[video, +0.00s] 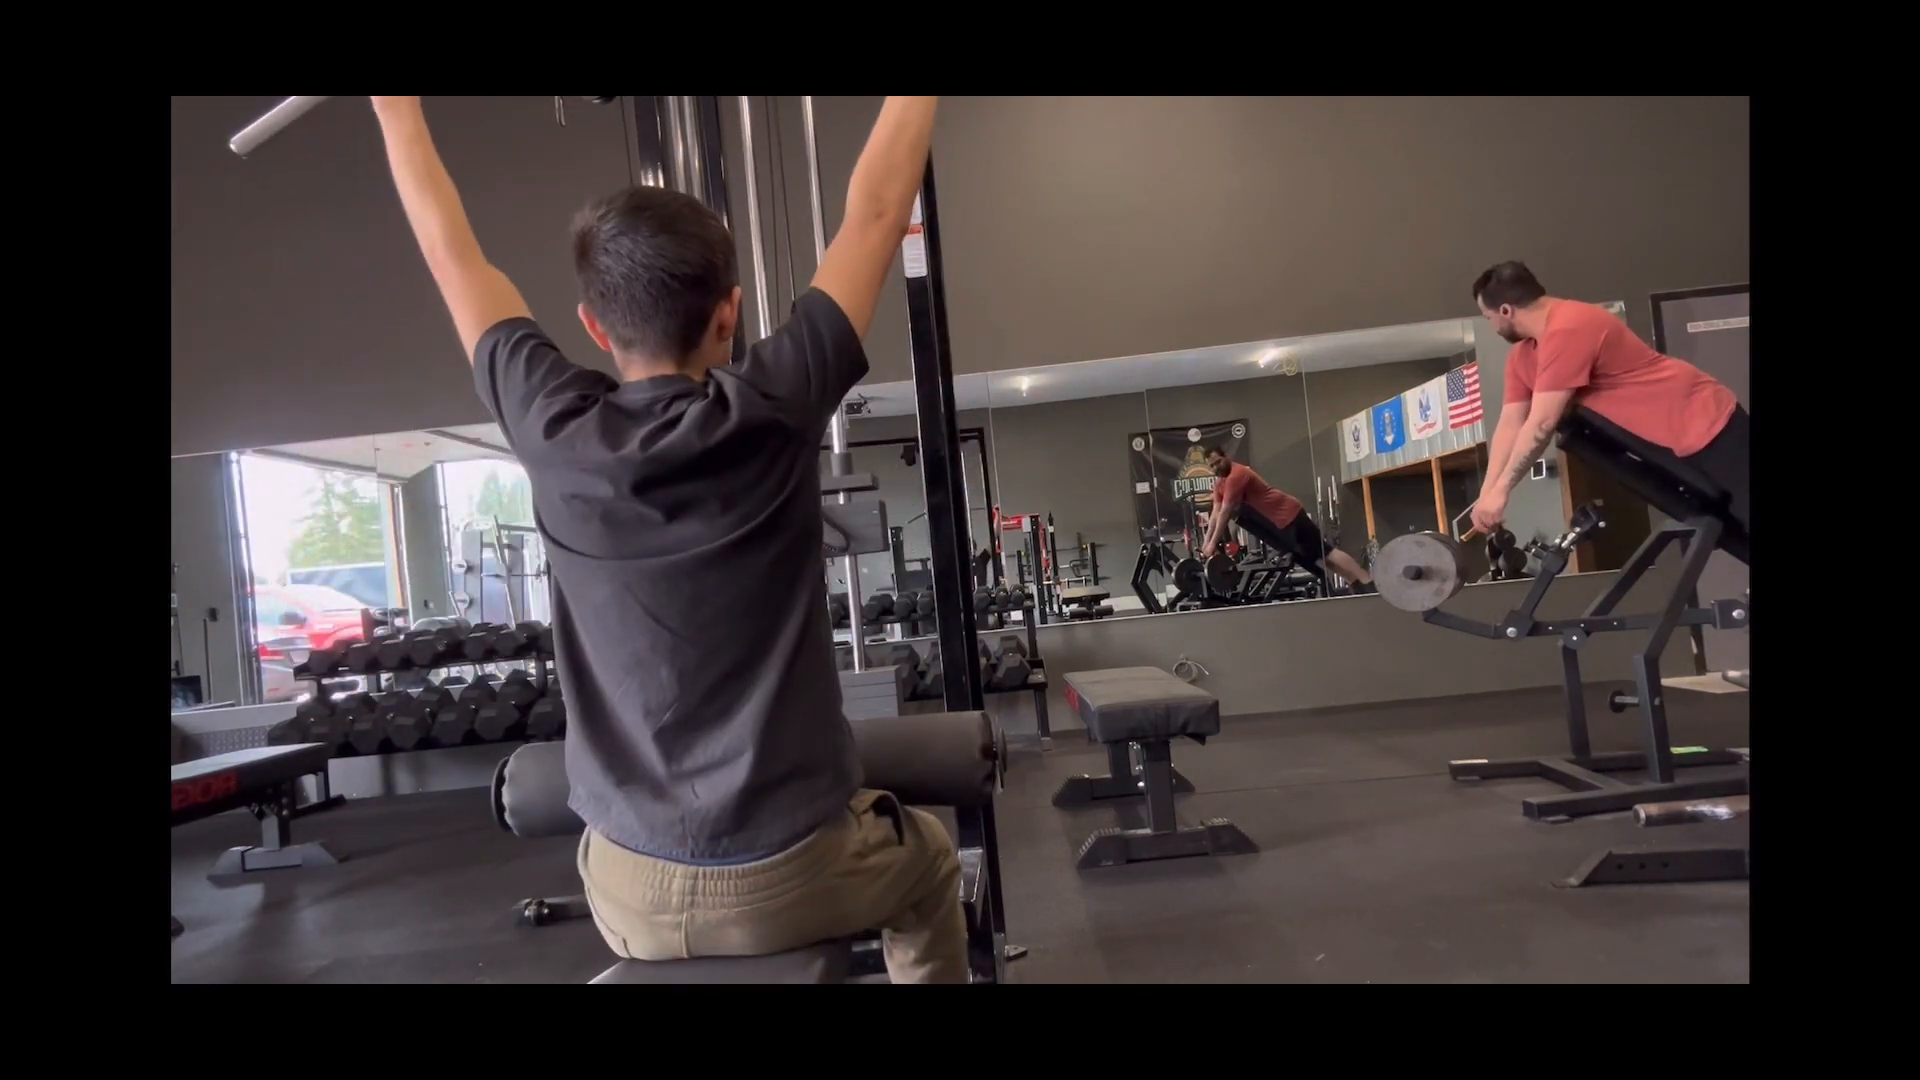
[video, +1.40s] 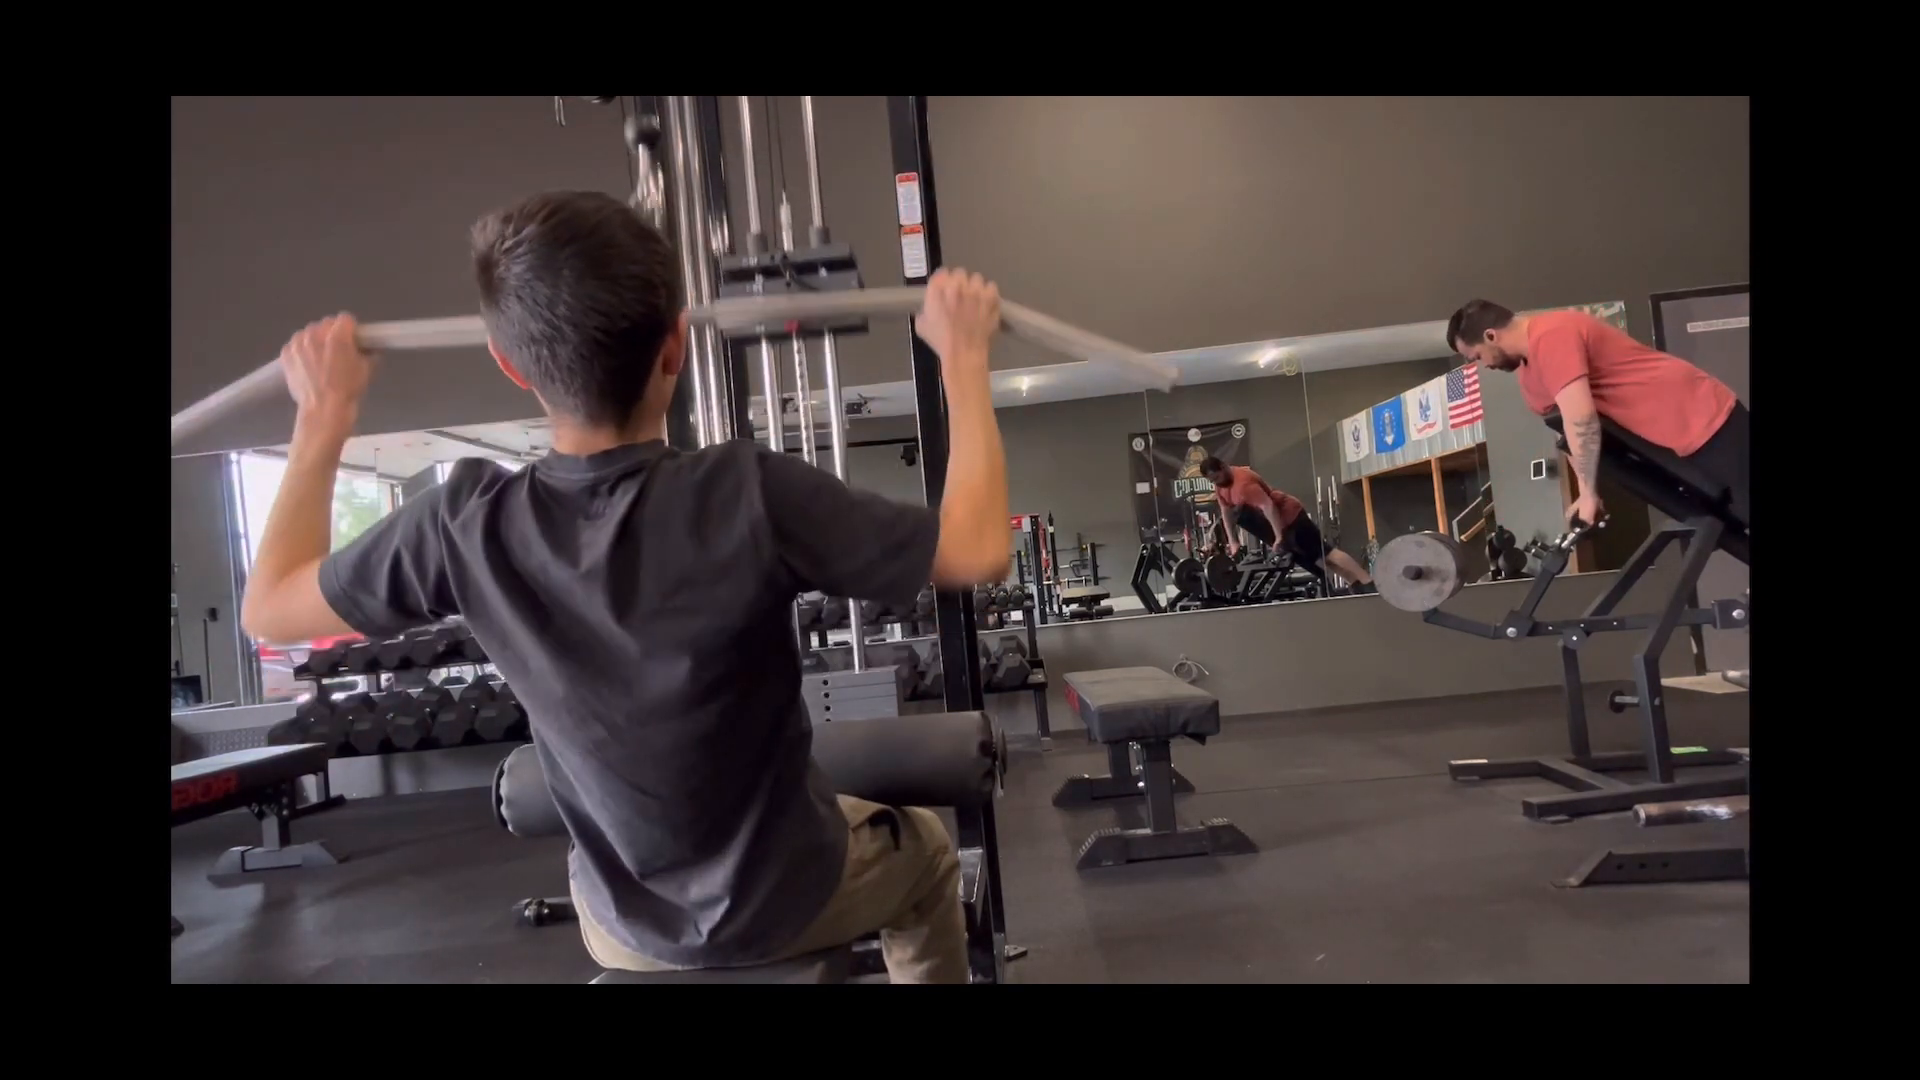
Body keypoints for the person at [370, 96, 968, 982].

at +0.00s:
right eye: (736, 298)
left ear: (594, 327)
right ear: (728, 318)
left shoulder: (556, 424)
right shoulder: (777, 400)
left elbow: (451, 256)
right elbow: (874, 218)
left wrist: (395, 106)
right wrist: (917, 87)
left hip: (628, 890)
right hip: (792, 885)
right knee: (924, 858)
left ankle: (642, 968)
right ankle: (928, 975)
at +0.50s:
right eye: (681, 302)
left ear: (513, 342)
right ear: (676, 326)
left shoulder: (485, 464)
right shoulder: (737, 442)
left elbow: (314, 298)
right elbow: (903, 267)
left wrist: (296, 116)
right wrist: (921, 91)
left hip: (617, 909)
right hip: (773, 898)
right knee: (922, 859)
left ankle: (634, 975)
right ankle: (926, 976)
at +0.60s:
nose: (675, 332)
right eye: (674, 314)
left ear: (499, 358)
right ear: (664, 342)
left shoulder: (468, 491)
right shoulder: (737, 464)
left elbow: (272, 370)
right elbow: (939, 335)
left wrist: (295, 169)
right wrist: (938, 135)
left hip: (618, 919)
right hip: (772, 893)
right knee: (922, 858)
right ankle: (929, 980)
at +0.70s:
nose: (670, 331)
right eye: (671, 316)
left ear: (493, 366)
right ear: (661, 344)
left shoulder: (459, 516)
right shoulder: (738, 482)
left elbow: (245, 463)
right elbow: (968, 426)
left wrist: (295, 269)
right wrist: (950, 234)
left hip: (615, 915)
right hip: (774, 889)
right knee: (921, 865)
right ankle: (930, 976)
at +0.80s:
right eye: (671, 315)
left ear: (496, 366)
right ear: (667, 340)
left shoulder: (455, 532)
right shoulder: (746, 498)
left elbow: (235, 562)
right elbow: (980, 521)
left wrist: (301, 365)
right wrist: (961, 327)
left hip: (613, 914)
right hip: (775, 899)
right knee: (922, 862)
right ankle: (926, 983)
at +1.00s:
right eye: (683, 314)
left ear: (511, 362)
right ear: (680, 337)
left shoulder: (477, 540)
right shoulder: (754, 502)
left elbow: (272, 709)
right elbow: (950, 660)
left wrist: (311, 496)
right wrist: (968, 466)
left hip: (614, 908)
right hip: (784, 895)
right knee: (922, 864)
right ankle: (927, 977)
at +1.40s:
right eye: (683, 315)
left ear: (507, 367)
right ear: (678, 343)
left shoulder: (466, 523)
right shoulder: (752, 493)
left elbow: (271, 610)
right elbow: (978, 549)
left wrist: (322, 419)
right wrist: (966, 363)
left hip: (613, 911)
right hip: (781, 898)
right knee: (922, 859)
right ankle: (932, 981)